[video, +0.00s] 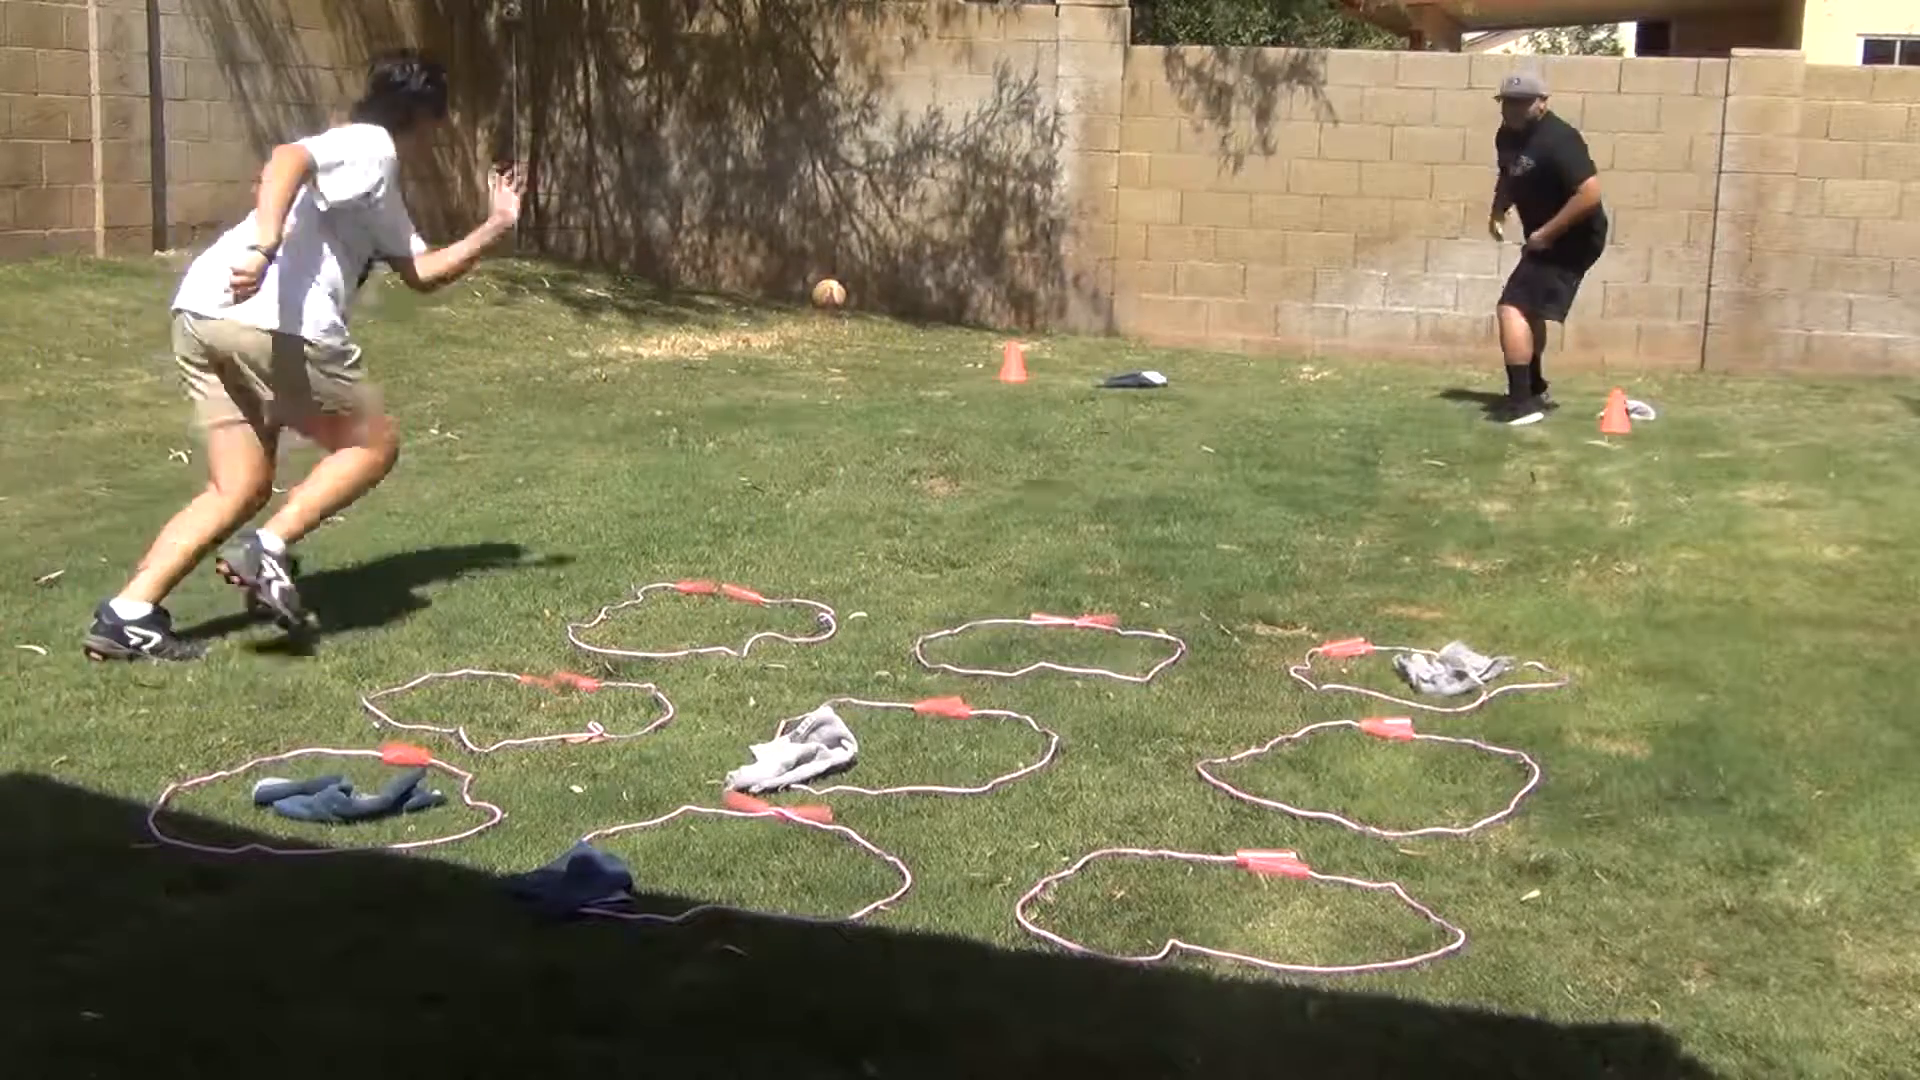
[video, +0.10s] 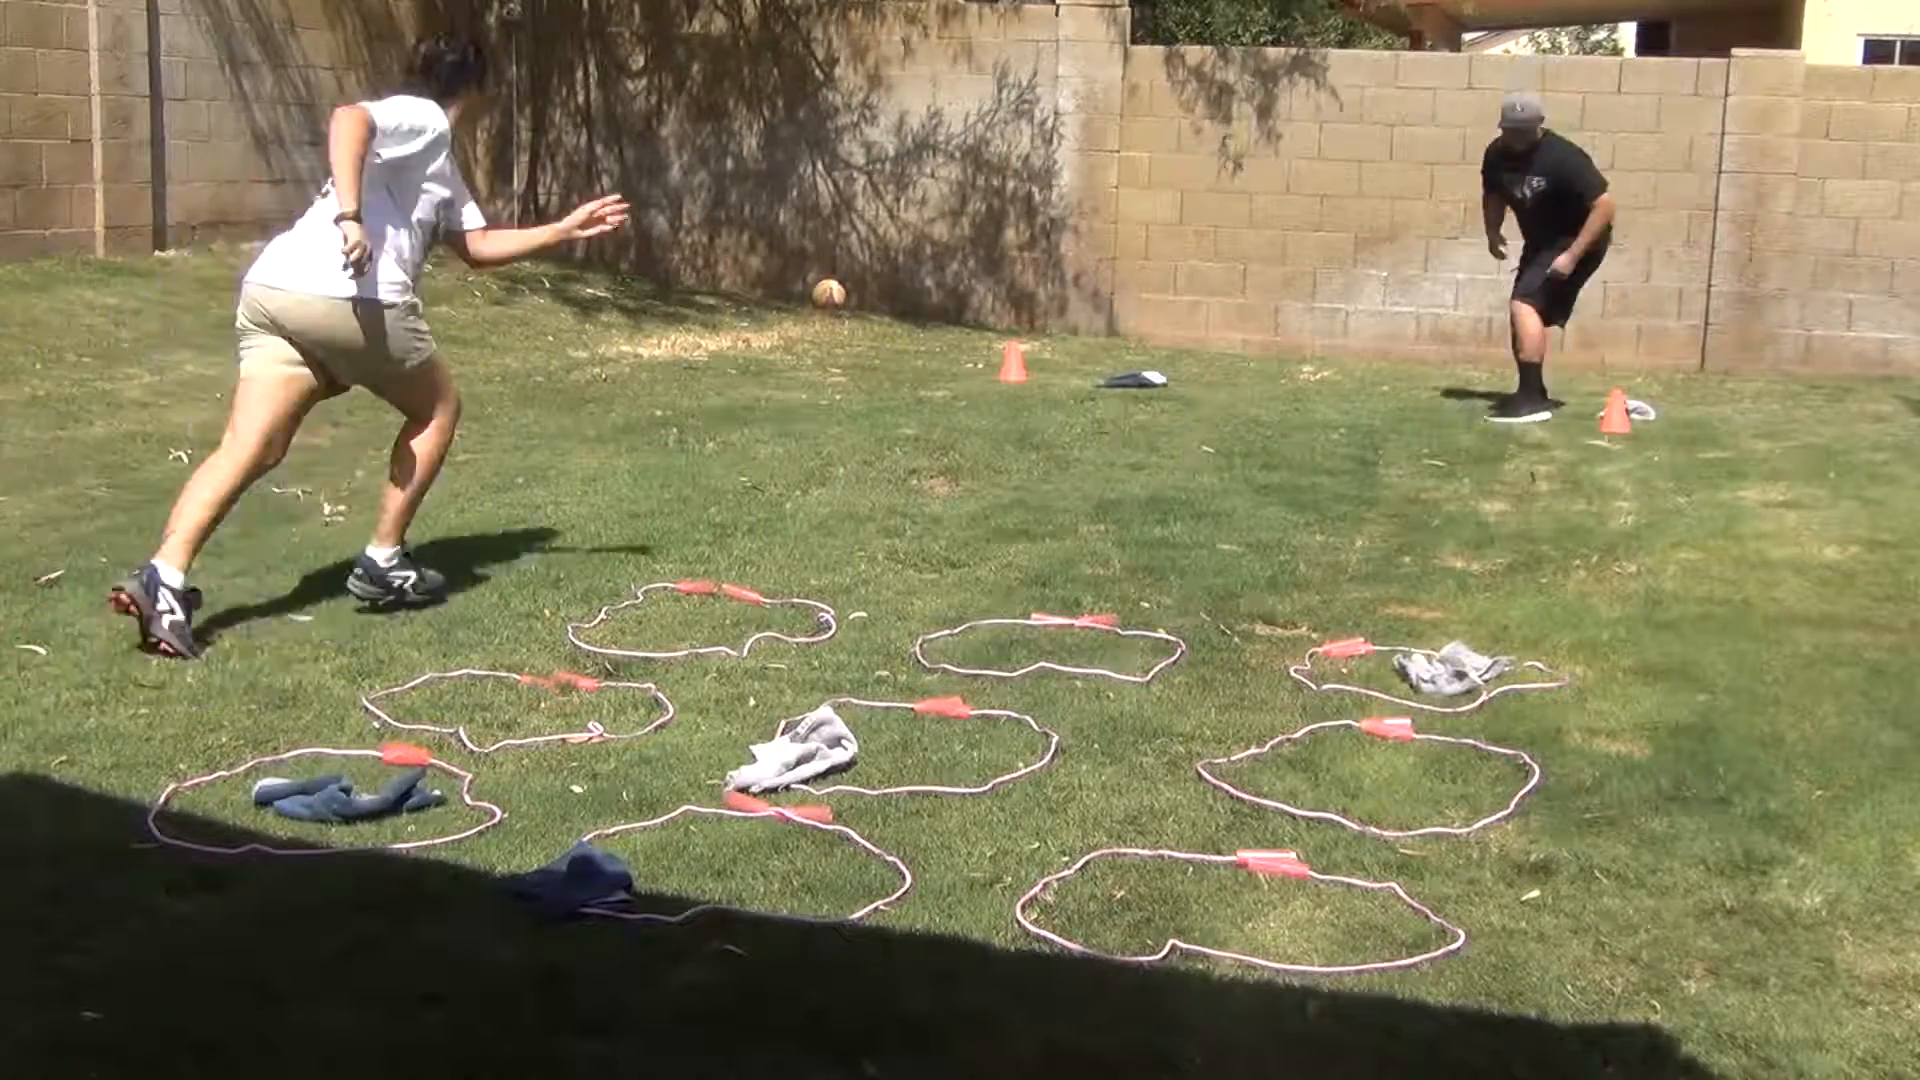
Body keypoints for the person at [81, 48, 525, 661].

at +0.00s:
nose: (438, 133)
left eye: (440, 120)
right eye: (436, 118)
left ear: (378, 104)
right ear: (416, 115)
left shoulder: (373, 186)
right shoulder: (371, 144)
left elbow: (423, 271)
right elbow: (288, 160)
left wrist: (495, 226)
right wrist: (265, 243)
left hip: (202, 316)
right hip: (275, 321)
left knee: (239, 483)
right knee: (373, 443)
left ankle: (127, 613)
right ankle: (267, 549)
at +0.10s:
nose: (483, 107)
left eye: (485, 96)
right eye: (483, 95)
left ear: (425, 77)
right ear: (469, 92)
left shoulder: (438, 172)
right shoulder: (425, 117)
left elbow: (481, 246)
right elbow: (350, 118)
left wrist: (562, 230)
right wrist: (349, 212)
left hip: (276, 287)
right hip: (351, 296)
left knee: (249, 446)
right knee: (435, 408)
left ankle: (164, 578)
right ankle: (382, 561)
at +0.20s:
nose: (527, 101)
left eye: (527, 90)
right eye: (527, 90)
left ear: (468, 85)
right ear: (516, 86)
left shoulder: (434, 130)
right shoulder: (495, 125)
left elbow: (422, 234)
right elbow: (451, 168)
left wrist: (495, 300)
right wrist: (476, 269)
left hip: (340, 285)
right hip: (410, 294)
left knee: (374, 449)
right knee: (469, 432)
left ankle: (263, 513)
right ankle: (396, 569)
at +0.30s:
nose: (583, 121)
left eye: (582, 111)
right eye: (582, 111)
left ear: (526, 102)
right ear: (571, 108)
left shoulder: (483, 133)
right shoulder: (565, 149)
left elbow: (396, 180)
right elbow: (572, 241)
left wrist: (388, 259)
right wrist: (601, 254)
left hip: (406, 288)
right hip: (469, 298)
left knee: (479, 412)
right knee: (482, 446)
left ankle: (415, 481)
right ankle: (399, 563)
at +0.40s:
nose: (633, 106)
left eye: (630, 99)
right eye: (633, 98)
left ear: (577, 88)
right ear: (625, 97)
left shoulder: (525, 114)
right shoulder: (626, 144)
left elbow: (433, 129)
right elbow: (648, 240)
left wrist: (401, 204)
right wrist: (619, 245)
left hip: (467, 277)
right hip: (538, 292)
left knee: (571, 360)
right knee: (486, 422)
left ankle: (566, 496)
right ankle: (424, 535)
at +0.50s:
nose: (672, 97)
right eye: (675, 89)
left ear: (624, 78)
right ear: (673, 90)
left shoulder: (564, 119)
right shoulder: (673, 141)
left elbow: (499, 180)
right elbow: (671, 233)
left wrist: (515, 259)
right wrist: (664, 292)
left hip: (536, 271)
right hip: (612, 278)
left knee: (591, 395)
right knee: (581, 414)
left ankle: (609, 510)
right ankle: (524, 457)